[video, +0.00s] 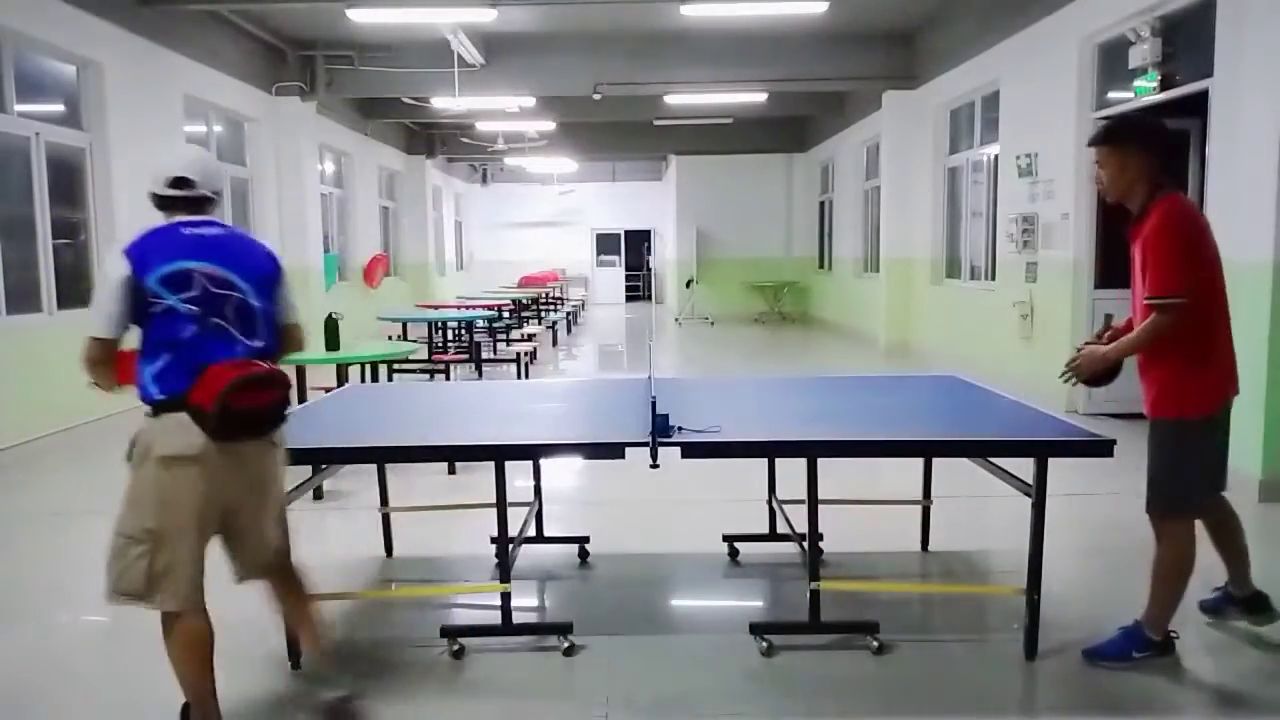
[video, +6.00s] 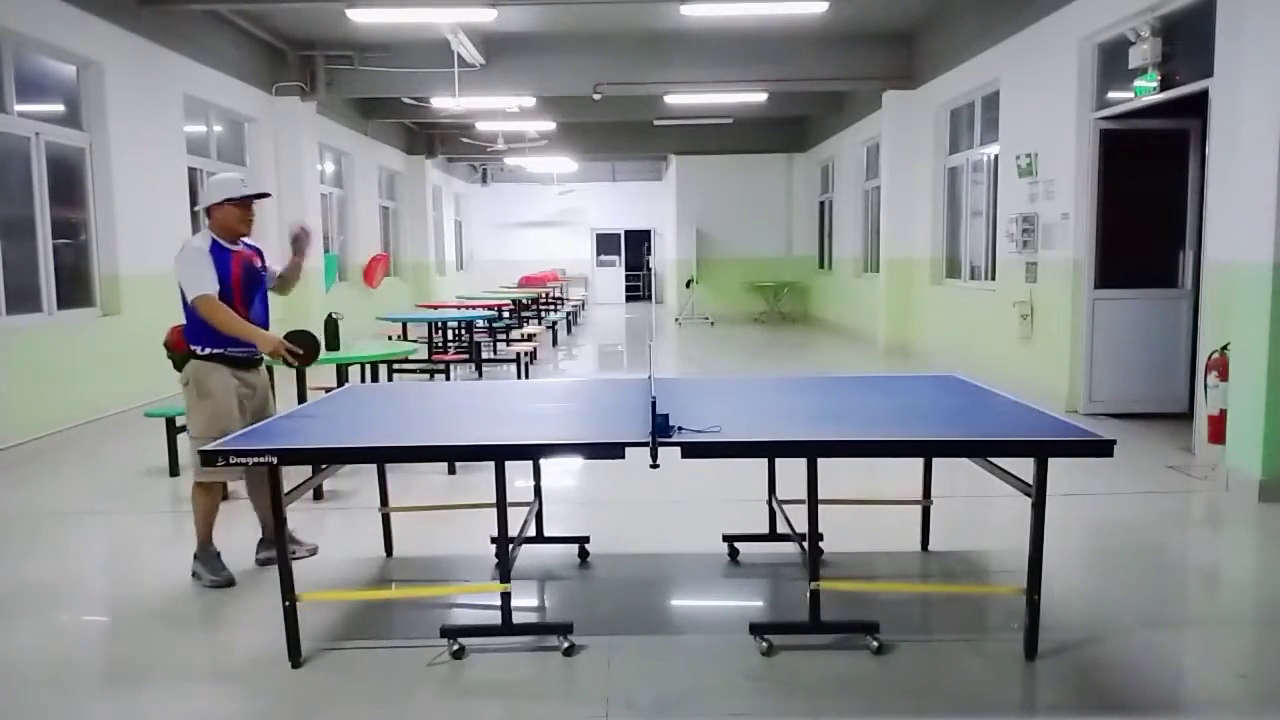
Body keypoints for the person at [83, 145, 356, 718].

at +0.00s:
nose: (161, 212)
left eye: (160, 205)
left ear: (159, 204)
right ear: (214, 201)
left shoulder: (143, 253)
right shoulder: (258, 253)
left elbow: (99, 356)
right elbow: (291, 340)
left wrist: (123, 371)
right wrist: (233, 349)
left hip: (178, 436)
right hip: (254, 431)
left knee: (178, 589)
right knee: (275, 561)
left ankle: (203, 711)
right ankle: (322, 660)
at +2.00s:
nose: (218, 232)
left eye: (218, 224)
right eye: (211, 224)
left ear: (206, 226)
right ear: (185, 225)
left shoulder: (209, 266)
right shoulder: (165, 260)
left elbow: (215, 319)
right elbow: (153, 311)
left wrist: (253, 341)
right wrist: (217, 298)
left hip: (200, 375)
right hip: (174, 375)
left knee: (215, 452)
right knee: (181, 469)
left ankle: (229, 517)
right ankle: (150, 551)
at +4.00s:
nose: (338, 224)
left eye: (337, 218)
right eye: (329, 217)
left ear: (330, 223)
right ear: (305, 223)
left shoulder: (341, 262)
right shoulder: (288, 264)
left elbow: (367, 303)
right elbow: (261, 308)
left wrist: (374, 281)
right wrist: (294, 324)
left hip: (332, 364)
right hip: (289, 366)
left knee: (370, 432)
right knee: (286, 443)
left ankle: (396, 505)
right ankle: (258, 513)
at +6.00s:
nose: (252, 213)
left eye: (252, 207)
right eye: (243, 207)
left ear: (245, 211)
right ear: (216, 210)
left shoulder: (252, 252)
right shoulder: (195, 253)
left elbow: (281, 286)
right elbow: (209, 309)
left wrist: (297, 259)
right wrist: (264, 338)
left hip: (252, 368)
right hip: (211, 370)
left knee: (262, 456)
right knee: (211, 463)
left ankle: (273, 537)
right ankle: (205, 552)